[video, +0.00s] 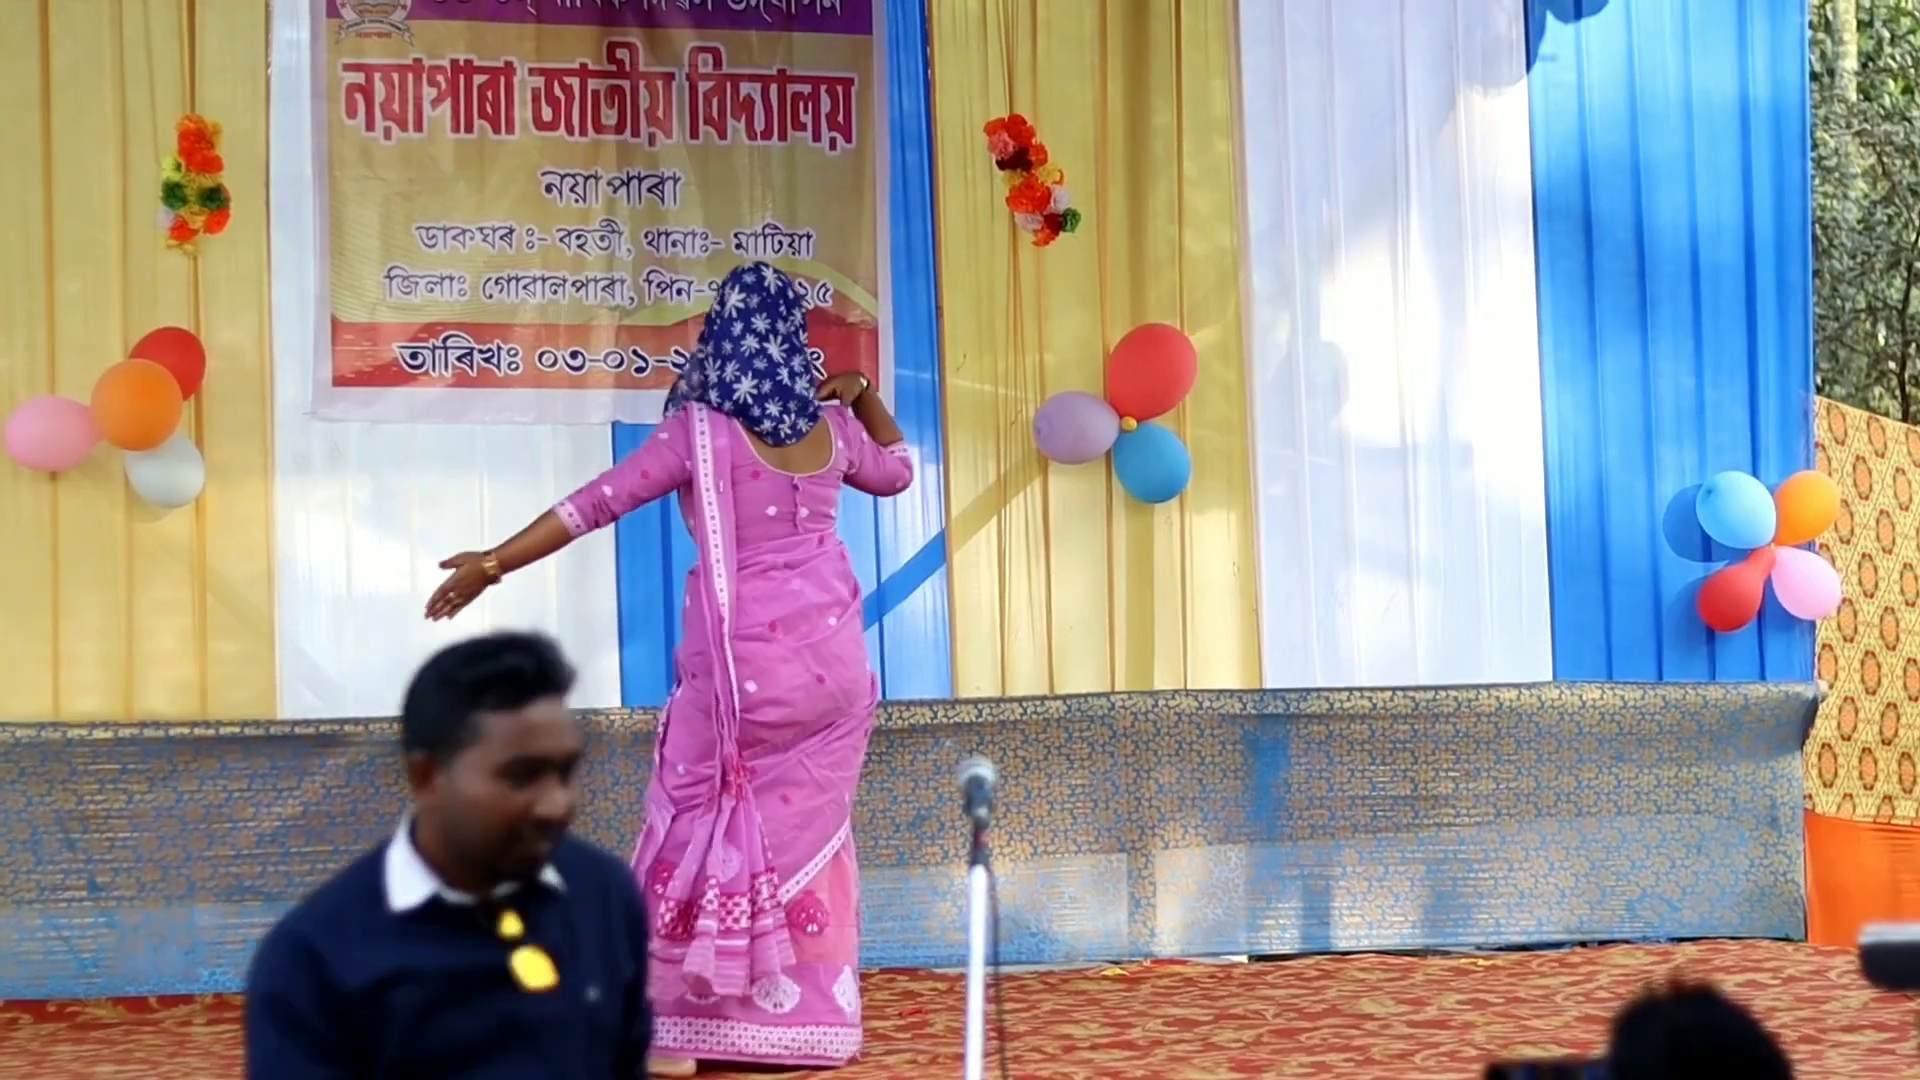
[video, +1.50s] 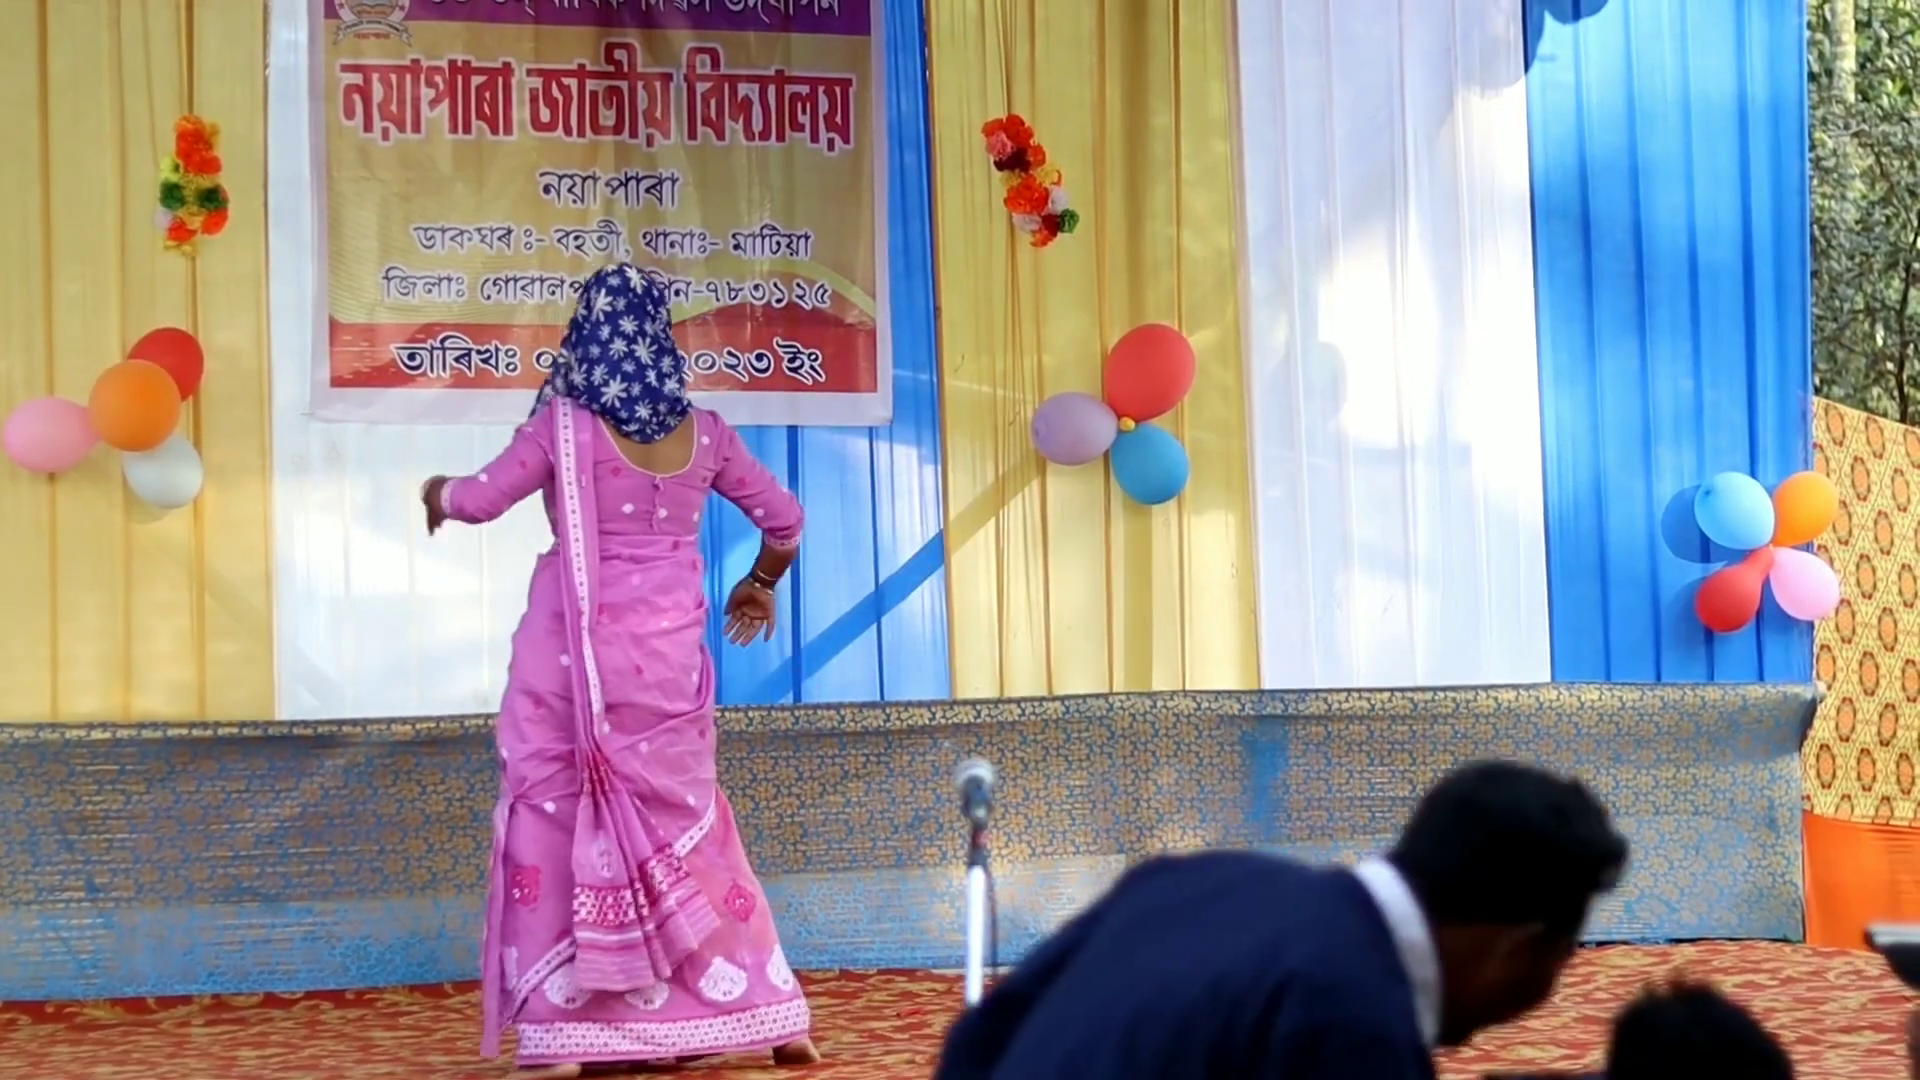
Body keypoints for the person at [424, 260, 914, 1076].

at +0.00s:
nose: (698, 340)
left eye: (708, 329)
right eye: (709, 327)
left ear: (720, 342)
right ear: (795, 343)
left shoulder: (699, 431)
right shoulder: (829, 430)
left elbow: (597, 502)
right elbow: (897, 474)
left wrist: (496, 562)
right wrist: (868, 400)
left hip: (740, 659)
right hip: (836, 658)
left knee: (693, 819)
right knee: (815, 827)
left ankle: (683, 1030)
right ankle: (808, 1022)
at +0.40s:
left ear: (730, 377)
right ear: (818, 383)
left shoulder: (687, 458)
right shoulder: (841, 474)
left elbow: (616, 538)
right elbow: (940, 544)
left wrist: (574, 520)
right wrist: (969, 479)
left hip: (726, 677)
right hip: (828, 675)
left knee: (736, 834)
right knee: (821, 840)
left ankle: (736, 1015)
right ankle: (814, 1023)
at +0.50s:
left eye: (716, 352)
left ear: (722, 361)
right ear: (812, 366)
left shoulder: (679, 443)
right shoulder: (832, 458)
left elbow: (590, 514)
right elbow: (934, 519)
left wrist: (572, 467)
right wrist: (1000, 484)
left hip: (694, 671)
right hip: (802, 669)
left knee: (641, 814)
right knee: (819, 838)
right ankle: (816, 1028)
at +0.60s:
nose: (681, 342)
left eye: (690, 329)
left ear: (699, 337)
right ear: (785, 338)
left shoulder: (662, 419)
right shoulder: (814, 425)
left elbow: (569, 488)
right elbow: (908, 474)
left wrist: (578, 401)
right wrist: (1002, 509)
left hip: (662, 650)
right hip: (767, 650)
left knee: (591, 814)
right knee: (757, 828)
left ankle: (566, 1013)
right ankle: (765, 1010)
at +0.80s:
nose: (643, 352)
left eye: (650, 341)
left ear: (657, 351)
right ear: (733, 348)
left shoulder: (627, 435)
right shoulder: (770, 439)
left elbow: (530, 494)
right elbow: (858, 512)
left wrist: (555, 407)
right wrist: (949, 551)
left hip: (624, 660)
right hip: (726, 666)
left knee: (591, 816)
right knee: (714, 835)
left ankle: (589, 1017)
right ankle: (711, 1013)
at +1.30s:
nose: (604, 342)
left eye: (609, 330)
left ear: (616, 338)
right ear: (695, 331)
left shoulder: (601, 421)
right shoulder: (744, 423)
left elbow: (513, 504)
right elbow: (787, 527)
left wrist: (504, 418)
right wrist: (856, 545)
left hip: (622, 650)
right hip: (721, 651)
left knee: (592, 813)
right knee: (731, 822)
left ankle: (584, 1009)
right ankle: (772, 1012)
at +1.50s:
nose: (569, 342)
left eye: (576, 329)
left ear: (583, 338)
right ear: (662, 338)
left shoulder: (562, 421)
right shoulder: (701, 427)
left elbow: (482, 500)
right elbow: (785, 519)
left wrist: (440, 490)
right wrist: (762, 581)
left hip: (568, 655)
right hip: (669, 655)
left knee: (548, 821)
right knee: (696, 824)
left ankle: (554, 1023)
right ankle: (775, 1008)